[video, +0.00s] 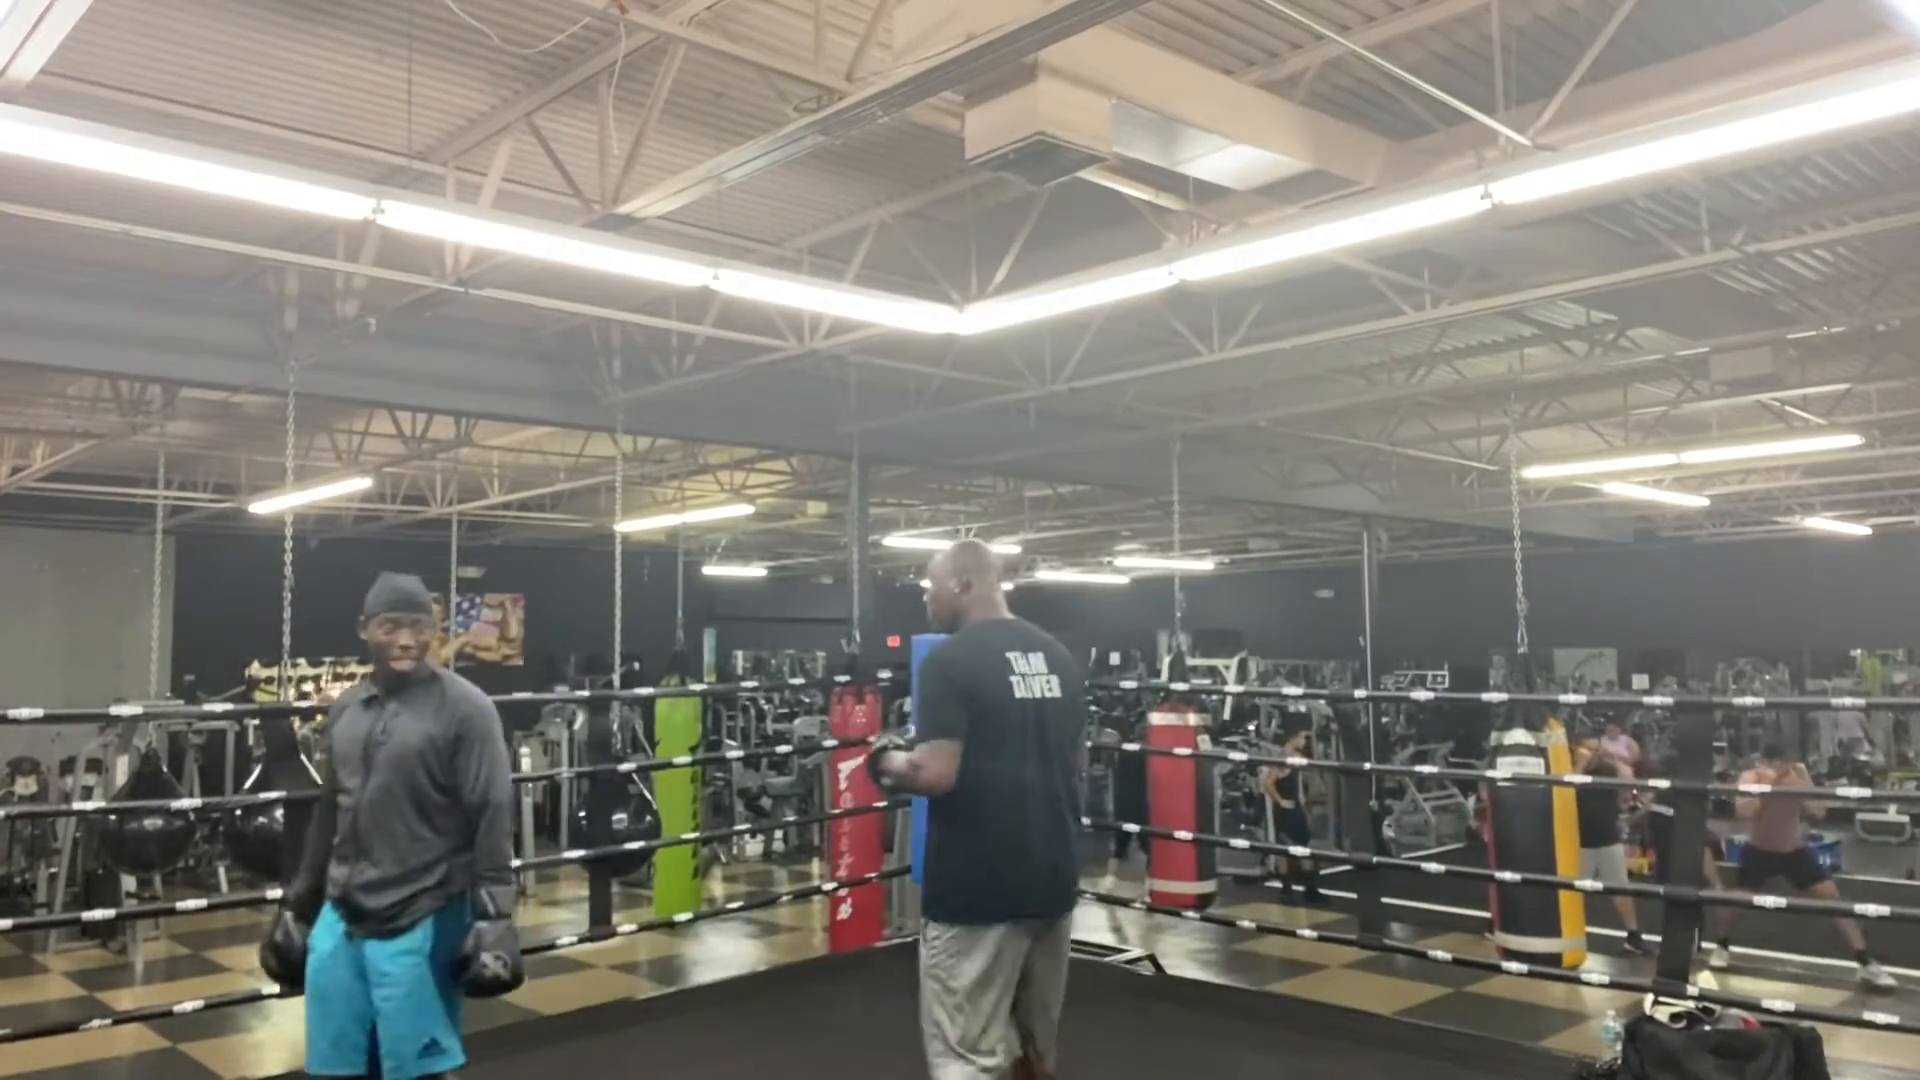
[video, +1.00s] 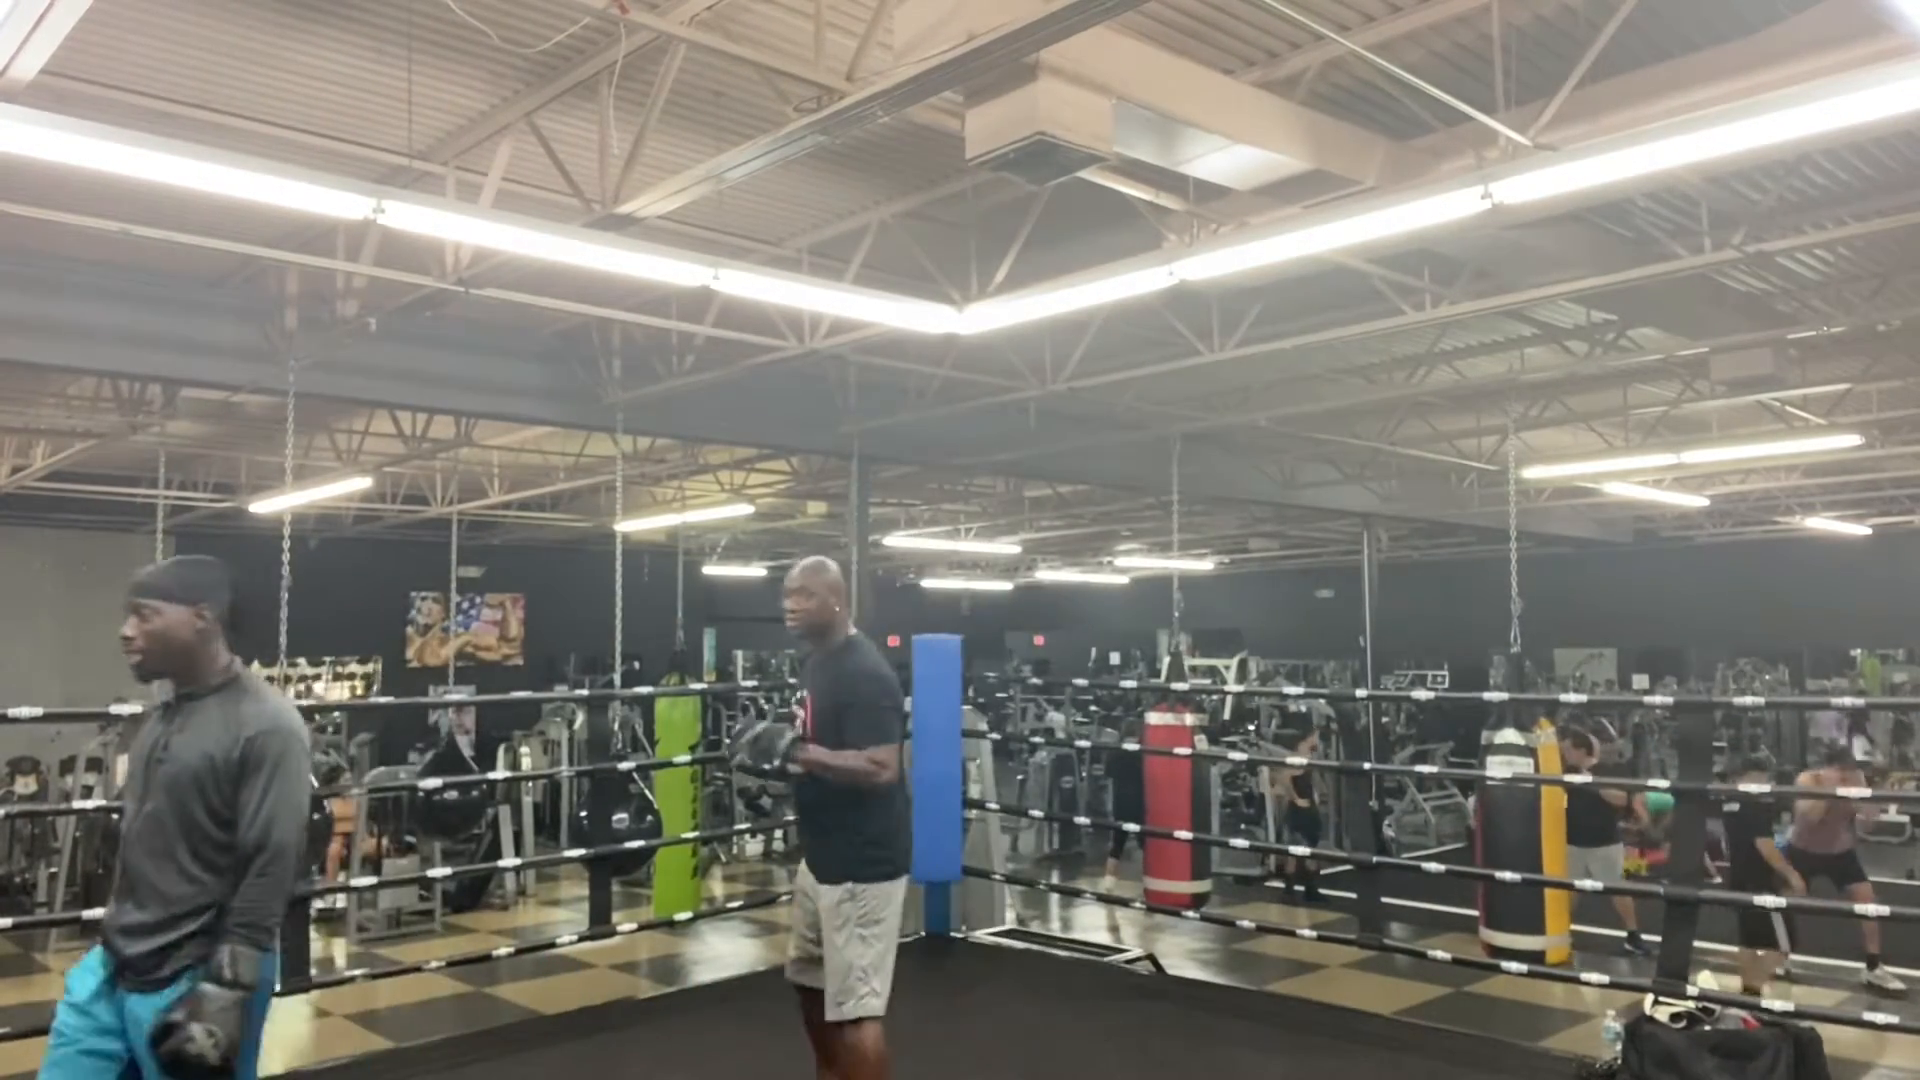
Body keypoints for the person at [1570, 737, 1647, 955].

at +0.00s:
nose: (1591, 754)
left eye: (1594, 749)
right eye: (1586, 750)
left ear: (1600, 750)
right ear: (1575, 753)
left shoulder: (1613, 771)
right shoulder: (1572, 775)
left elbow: (1629, 783)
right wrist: (1581, 767)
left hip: (1609, 838)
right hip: (1580, 839)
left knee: (1621, 888)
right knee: (1574, 890)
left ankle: (1633, 933)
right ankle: (1568, 937)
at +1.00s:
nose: (1565, 754)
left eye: (1569, 750)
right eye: (1565, 750)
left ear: (1584, 751)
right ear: (1569, 751)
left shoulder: (1607, 771)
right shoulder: (1566, 773)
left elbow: (1620, 799)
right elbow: (1554, 801)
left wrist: (1593, 783)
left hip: (1605, 842)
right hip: (1571, 840)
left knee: (1618, 890)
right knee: (1564, 891)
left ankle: (1633, 933)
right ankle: (1559, 933)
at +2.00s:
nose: (1561, 758)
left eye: (1564, 753)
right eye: (1560, 753)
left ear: (1577, 751)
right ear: (1561, 753)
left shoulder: (1605, 771)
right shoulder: (1557, 775)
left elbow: (1628, 795)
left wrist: (1596, 792)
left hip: (1605, 842)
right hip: (1571, 842)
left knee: (1619, 890)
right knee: (1566, 892)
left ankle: (1633, 934)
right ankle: (1561, 936)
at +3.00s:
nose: (1565, 763)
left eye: (1568, 758)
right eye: (1563, 759)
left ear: (1577, 755)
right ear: (1563, 759)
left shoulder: (1601, 772)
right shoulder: (1562, 776)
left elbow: (1626, 793)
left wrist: (1594, 797)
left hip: (1604, 841)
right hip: (1572, 844)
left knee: (1618, 889)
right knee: (1568, 892)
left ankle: (1633, 934)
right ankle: (1567, 938)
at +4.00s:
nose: (1592, 759)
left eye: (1594, 752)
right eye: (1586, 753)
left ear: (1598, 750)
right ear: (1569, 752)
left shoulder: (1603, 772)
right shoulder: (1560, 776)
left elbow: (1626, 795)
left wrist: (1612, 802)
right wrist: (1617, 801)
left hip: (1606, 841)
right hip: (1574, 842)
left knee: (1619, 890)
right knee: (1565, 892)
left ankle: (1633, 934)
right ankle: (1561, 937)